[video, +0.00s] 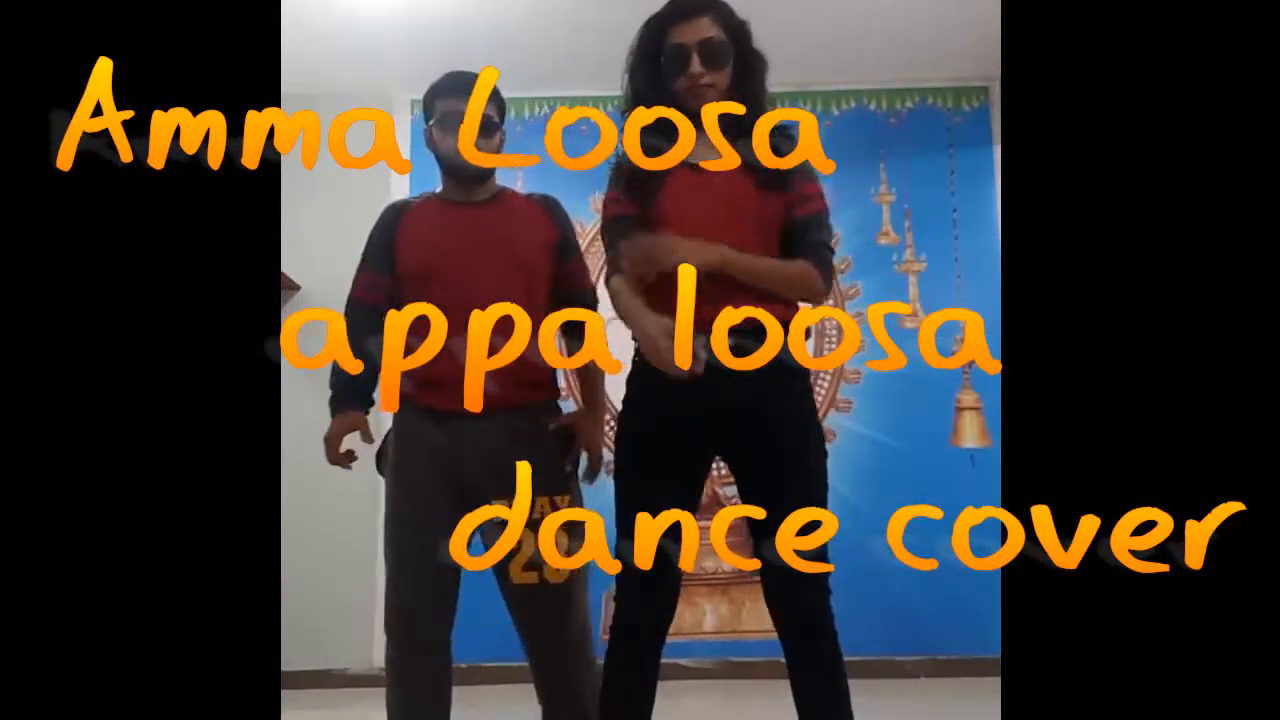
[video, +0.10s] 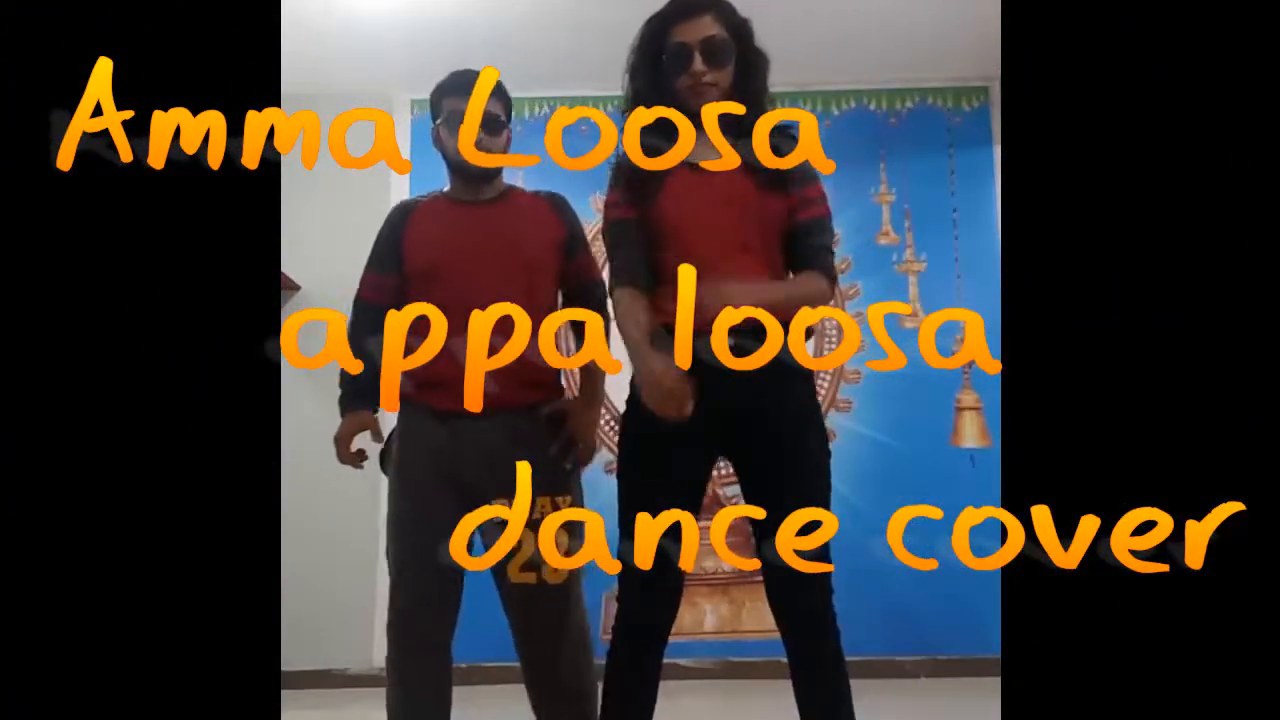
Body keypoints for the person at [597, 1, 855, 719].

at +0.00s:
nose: (696, 68)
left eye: (712, 52)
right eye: (677, 57)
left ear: (741, 61)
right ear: (655, 72)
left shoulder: (781, 149)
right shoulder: (641, 152)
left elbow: (816, 280)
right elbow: (621, 265)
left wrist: (697, 254)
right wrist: (644, 322)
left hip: (770, 390)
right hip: (665, 388)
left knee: (801, 597)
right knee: (644, 597)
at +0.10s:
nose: (698, 67)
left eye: (714, 51)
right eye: (679, 56)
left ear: (743, 61)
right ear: (656, 72)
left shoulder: (783, 152)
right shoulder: (639, 161)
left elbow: (820, 284)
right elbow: (626, 278)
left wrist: (724, 295)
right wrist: (645, 360)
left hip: (772, 387)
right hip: (670, 385)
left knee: (804, 596)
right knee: (647, 597)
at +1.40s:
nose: (650, 68)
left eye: (665, 49)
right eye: (649, 53)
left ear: (718, 48)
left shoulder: (786, 137)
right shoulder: (652, 141)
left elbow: (824, 273)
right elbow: (608, 273)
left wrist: (824, 397)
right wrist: (667, 373)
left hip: (762, 388)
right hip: (655, 385)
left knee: (793, 602)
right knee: (622, 603)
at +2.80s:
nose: (714, 57)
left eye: (730, 38)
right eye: (695, 45)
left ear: (760, 45)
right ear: (674, 57)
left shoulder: (784, 133)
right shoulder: (654, 140)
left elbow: (868, 176)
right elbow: (639, 269)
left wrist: (829, 72)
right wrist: (686, 196)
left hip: (777, 383)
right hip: (674, 383)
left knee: (800, 596)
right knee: (646, 598)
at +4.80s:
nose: (752, 32)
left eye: (769, 17)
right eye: (733, 21)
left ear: (796, 34)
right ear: (712, 41)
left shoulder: (823, 141)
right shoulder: (681, 133)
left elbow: (853, 277)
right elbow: (701, 260)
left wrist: (815, 232)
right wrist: (761, 367)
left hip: (812, 376)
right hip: (712, 376)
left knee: (804, 596)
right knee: (674, 592)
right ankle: (631, 719)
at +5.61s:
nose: (742, 38)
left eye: (760, 24)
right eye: (721, 27)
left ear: (783, 45)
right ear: (697, 50)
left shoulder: (804, 137)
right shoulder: (667, 142)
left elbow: (871, 275)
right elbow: (633, 280)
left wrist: (932, 174)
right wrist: (673, 163)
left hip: (792, 389)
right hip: (694, 388)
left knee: (742, 612)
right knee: (681, 613)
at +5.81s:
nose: (747, 47)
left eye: (764, 34)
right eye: (727, 39)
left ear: (789, 55)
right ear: (702, 61)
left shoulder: (809, 152)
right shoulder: (670, 150)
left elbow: (880, 279)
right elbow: (610, 271)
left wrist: (933, 168)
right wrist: (671, 172)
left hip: (811, 399)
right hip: (707, 398)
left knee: (792, 635)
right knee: (706, 636)